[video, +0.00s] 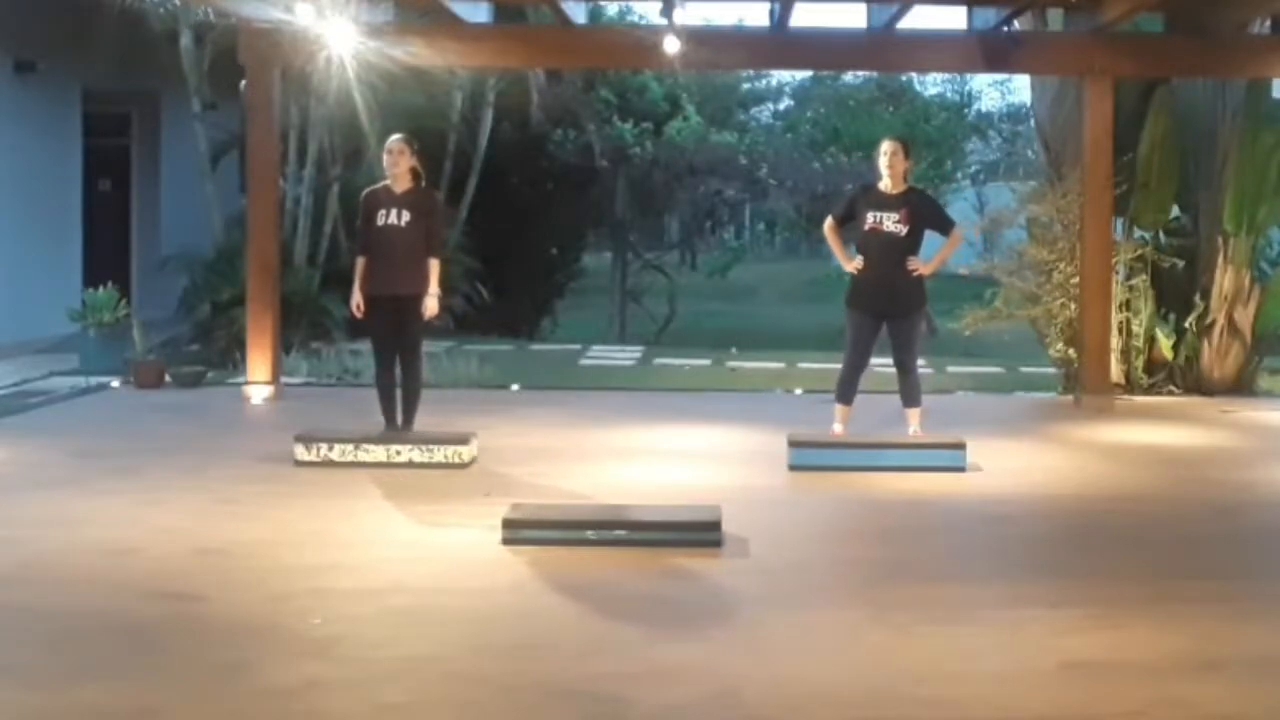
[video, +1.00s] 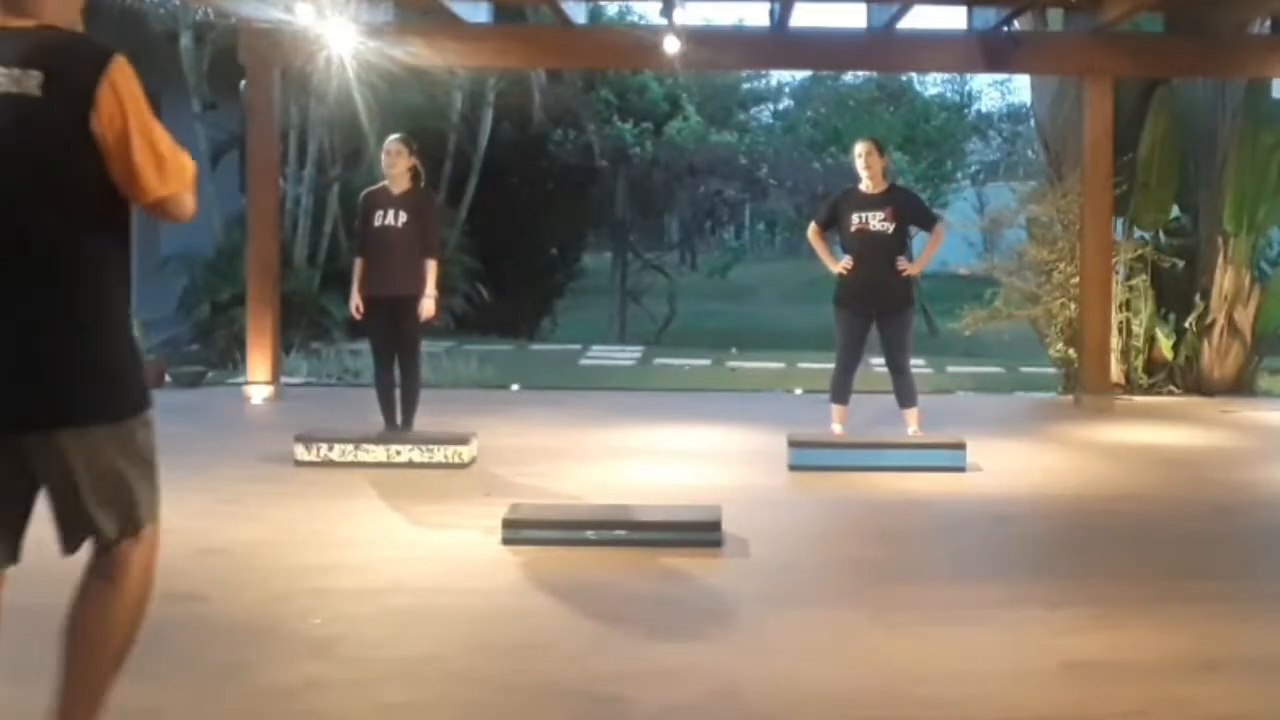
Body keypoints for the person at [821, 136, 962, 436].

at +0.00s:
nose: (888, 160)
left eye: (894, 155)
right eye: (884, 154)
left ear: (906, 162)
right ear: (877, 160)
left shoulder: (919, 200)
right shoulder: (863, 196)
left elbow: (956, 235)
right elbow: (830, 225)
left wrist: (931, 265)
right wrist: (845, 260)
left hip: (904, 290)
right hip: (866, 288)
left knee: (906, 363)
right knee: (854, 360)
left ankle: (915, 430)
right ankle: (839, 429)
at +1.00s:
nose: (864, 161)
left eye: (869, 155)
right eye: (859, 156)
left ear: (883, 160)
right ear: (854, 164)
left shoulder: (903, 198)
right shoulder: (844, 200)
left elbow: (939, 229)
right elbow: (813, 231)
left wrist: (919, 265)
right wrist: (833, 262)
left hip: (894, 289)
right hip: (854, 289)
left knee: (898, 362)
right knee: (846, 359)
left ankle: (913, 429)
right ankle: (837, 429)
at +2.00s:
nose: (872, 159)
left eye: (877, 154)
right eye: (867, 154)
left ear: (888, 161)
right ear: (858, 161)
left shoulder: (903, 199)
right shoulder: (844, 199)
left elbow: (941, 229)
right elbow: (813, 229)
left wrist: (919, 265)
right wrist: (831, 263)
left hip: (893, 289)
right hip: (853, 289)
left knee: (898, 362)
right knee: (845, 359)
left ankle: (913, 429)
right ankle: (837, 429)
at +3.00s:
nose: (865, 166)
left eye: (870, 160)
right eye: (860, 161)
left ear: (883, 162)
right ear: (854, 165)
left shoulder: (898, 199)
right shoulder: (840, 197)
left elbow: (934, 228)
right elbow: (806, 225)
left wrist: (914, 262)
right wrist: (824, 260)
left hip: (887, 287)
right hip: (847, 286)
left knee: (895, 359)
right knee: (844, 356)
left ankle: (914, 428)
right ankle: (837, 428)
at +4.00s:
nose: (884, 175)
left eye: (889, 169)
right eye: (879, 169)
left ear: (895, 170)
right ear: (866, 168)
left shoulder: (904, 200)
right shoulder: (848, 200)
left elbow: (940, 228)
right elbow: (815, 233)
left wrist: (922, 262)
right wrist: (836, 268)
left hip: (899, 289)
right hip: (862, 289)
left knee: (890, 360)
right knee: (863, 357)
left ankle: (889, 426)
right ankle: (845, 424)